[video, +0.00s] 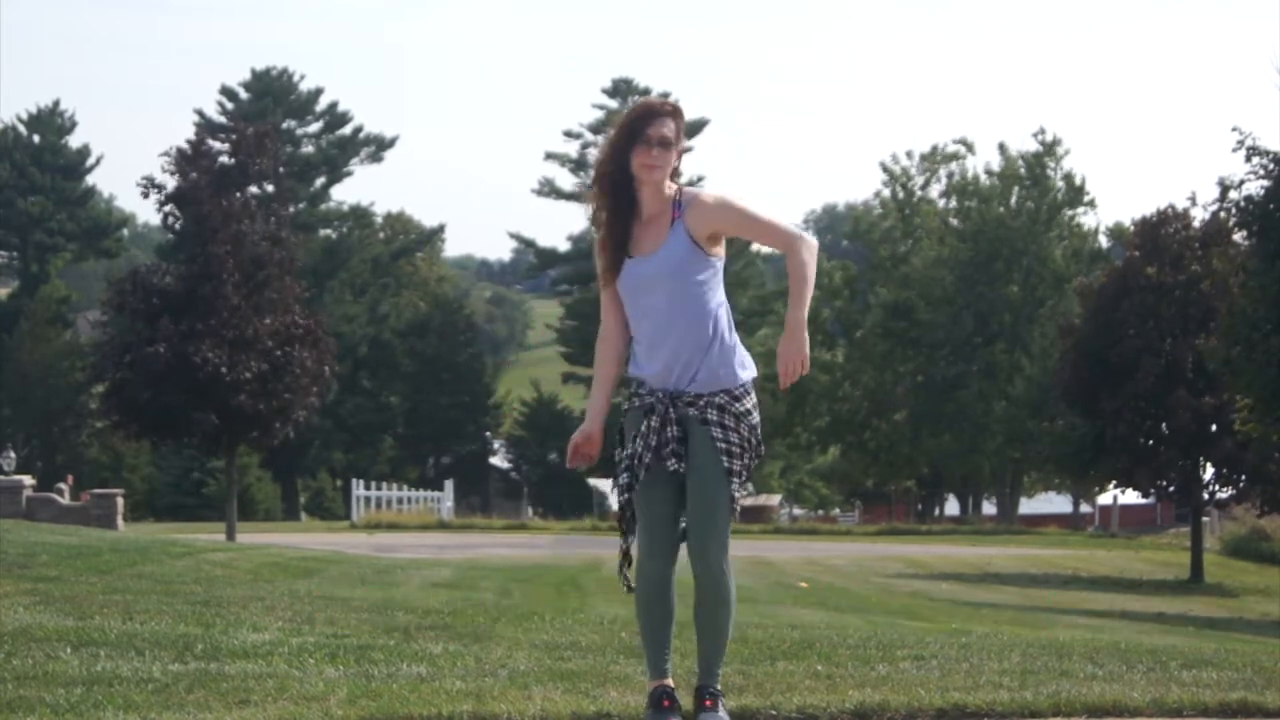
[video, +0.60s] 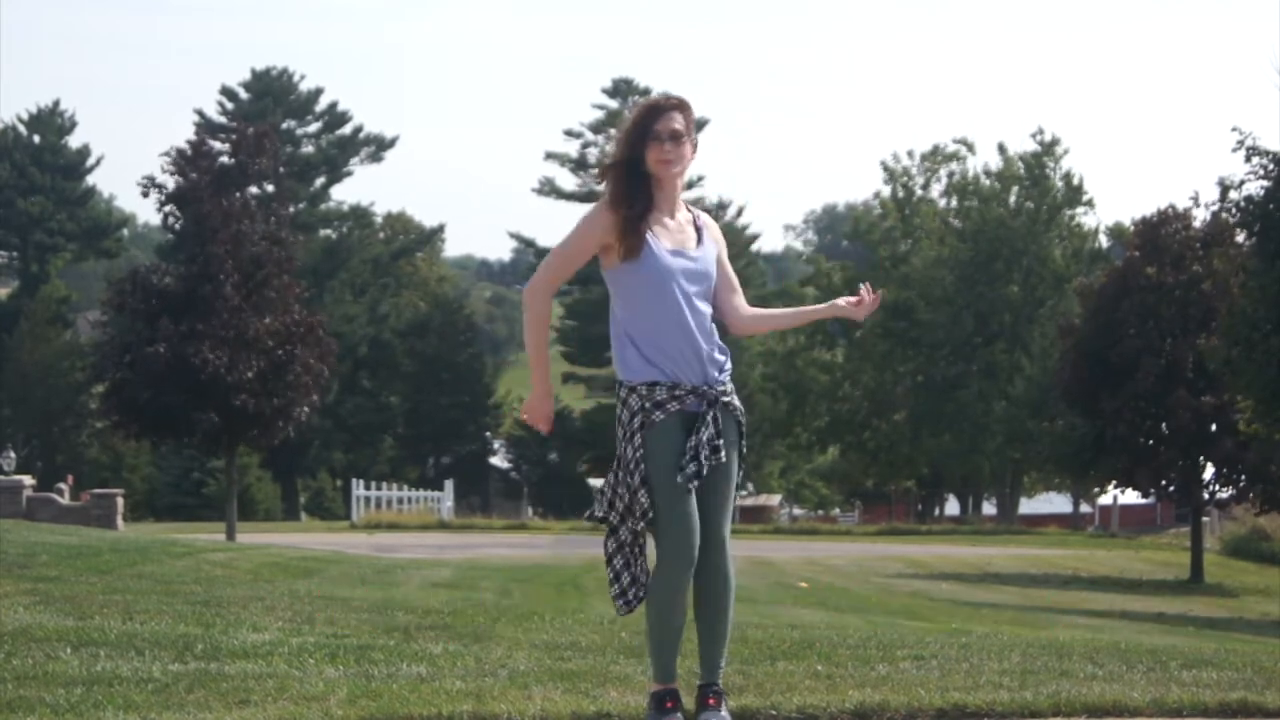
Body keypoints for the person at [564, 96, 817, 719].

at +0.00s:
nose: (660, 153)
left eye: (670, 144)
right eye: (650, 142)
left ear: (681, 154)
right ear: (626, 151)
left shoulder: (702, 210)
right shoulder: (612, 237)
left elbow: (802, 244)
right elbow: (612, 334)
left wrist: (797, 325)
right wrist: (594, 418)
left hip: (716, 400)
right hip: (649, 405)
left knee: (707, 549)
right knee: (654, 549)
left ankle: (708, 691)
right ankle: (660, 687)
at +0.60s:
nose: (674, 146)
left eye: (683, 137)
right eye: (662, 137)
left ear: (696, 147)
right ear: (639, 149)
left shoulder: (704, 227)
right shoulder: (613, 219)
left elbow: (739, 319)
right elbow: (538, 290)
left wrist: (833, 308)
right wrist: (540, 387)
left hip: (718, 402)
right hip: (655, 402)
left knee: (715, 547)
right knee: (679, 547)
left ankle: (711, 691)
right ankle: (664, 692)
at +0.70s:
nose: (671, 143)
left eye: (680, 134)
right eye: (659, 134)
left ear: (694, 144)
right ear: (639, 147)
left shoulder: (707, 225)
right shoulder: (614, 215)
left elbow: (730, 319)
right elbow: (530, 271)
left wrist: (812, 340)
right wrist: (513, 361)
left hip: (711, 401)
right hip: (650, 399)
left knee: (712, 544)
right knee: (667, 541)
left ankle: (712, 691)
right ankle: (663, 692)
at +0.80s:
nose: (668, 141)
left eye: (677, 131)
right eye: (655, 132)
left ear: (692, 141)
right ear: (637, 145)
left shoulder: (708, 223)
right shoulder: (615, 211)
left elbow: (725, 314)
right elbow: (527, 254)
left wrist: (766, 357)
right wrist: (493, 336)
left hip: (706, 401)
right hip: (644, 398)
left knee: (707, 543)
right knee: (659, 543)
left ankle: (712, 688)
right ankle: (661, 687)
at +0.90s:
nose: (670, 140)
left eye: (677, 130)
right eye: (657, 131)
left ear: (690, 140)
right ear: (634, 144)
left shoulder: (713, 220)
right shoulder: (612, 211)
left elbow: (729, 310)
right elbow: (530, 248)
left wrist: (714, 353)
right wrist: (497, 309)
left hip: (701, 396)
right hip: (635, 392)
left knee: (702, 543)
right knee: (650, 539)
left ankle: (710, 688)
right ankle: (660, 687)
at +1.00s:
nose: (663, 143)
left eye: (671, 133)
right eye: (650, 134)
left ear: (684, 143)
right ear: (628, 146)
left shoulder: (712, 218)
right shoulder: (607, 218)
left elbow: (735, 313)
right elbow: (537, 255)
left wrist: (681, 346)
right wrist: (533, 290)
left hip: (698, 397)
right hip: (629, 394)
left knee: (700, 549)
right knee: (644, 543)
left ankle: (709, 690)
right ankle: (657, 687)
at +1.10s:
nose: (659, 144)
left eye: (667, 135)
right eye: (647, 136)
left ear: (679, 146)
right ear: (623, 148)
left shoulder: (709, 218)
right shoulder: (598, 224)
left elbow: (736, 315)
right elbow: (550, 272)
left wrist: (659, 339)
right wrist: (579, 292)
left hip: (699, 397)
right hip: (626, 395)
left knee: (699, 547)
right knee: (640, 545)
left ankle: (706, 690)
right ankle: (658, 687)